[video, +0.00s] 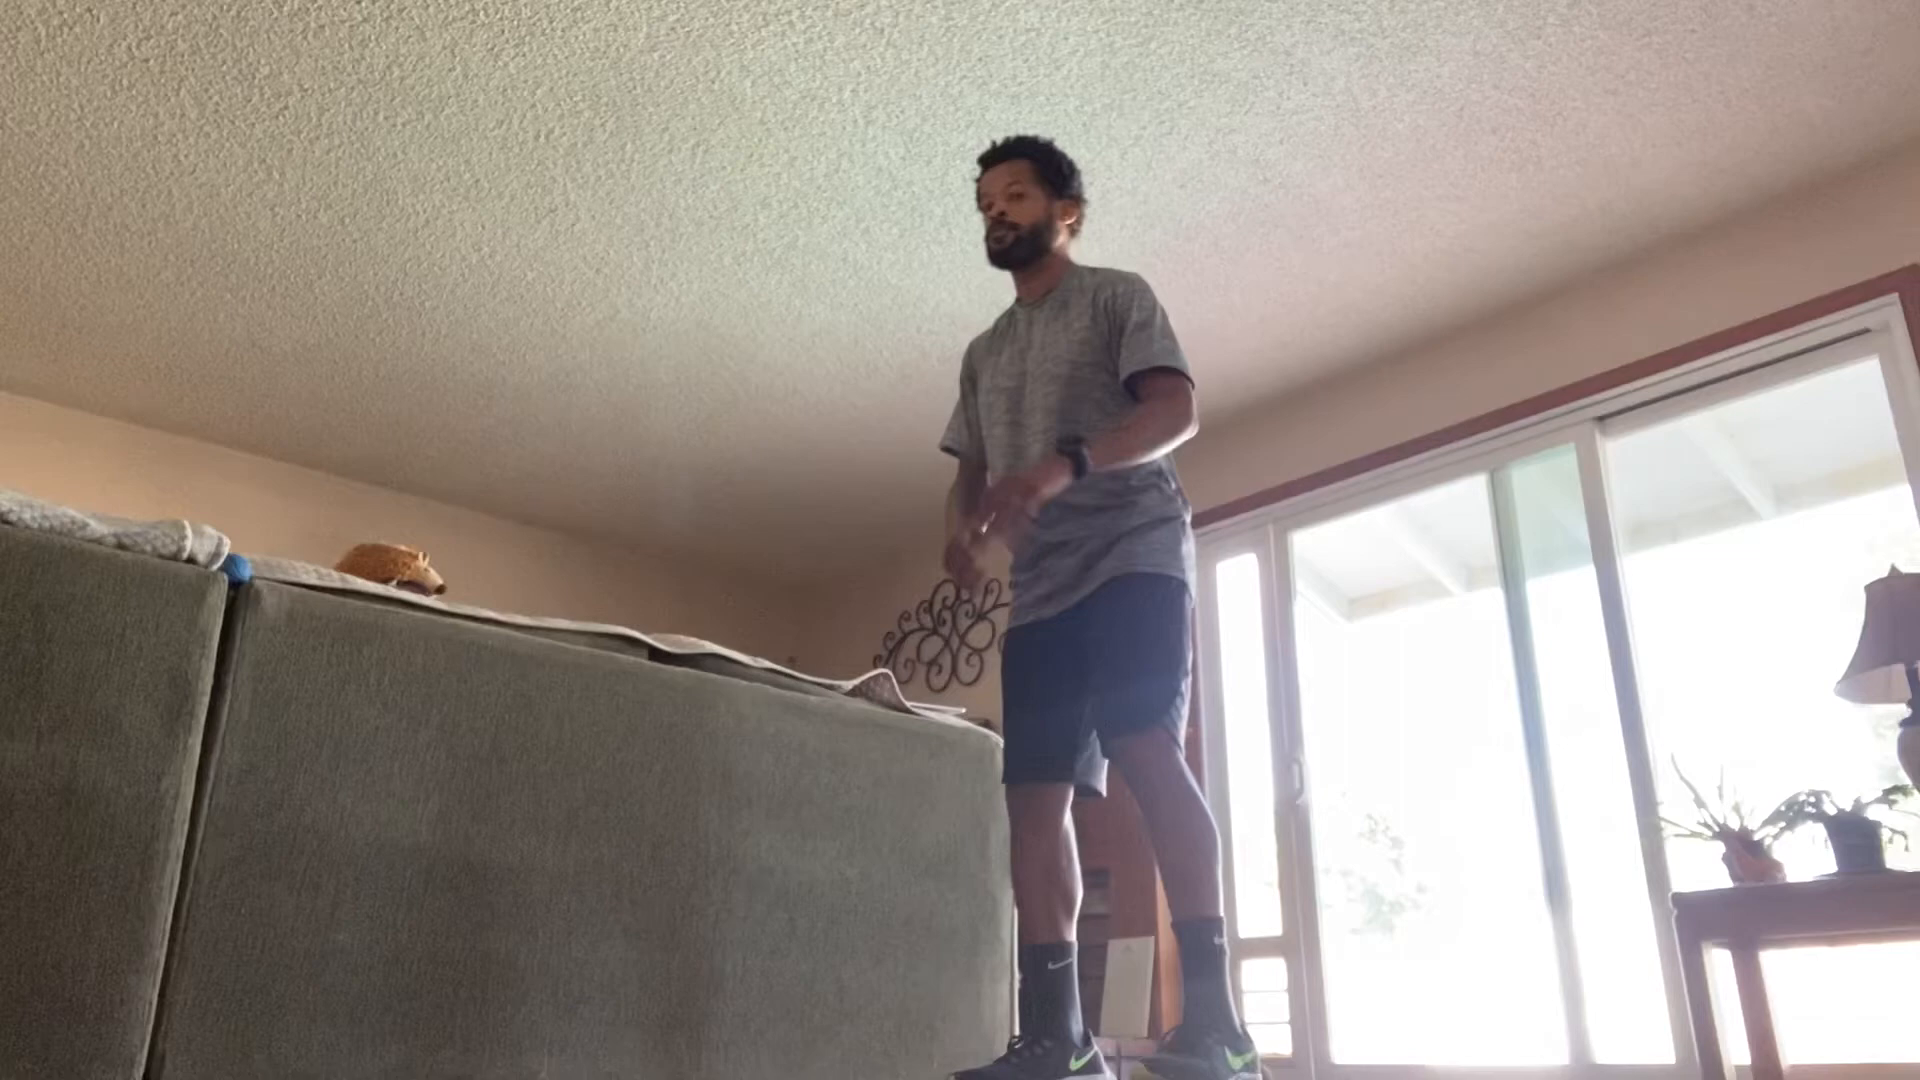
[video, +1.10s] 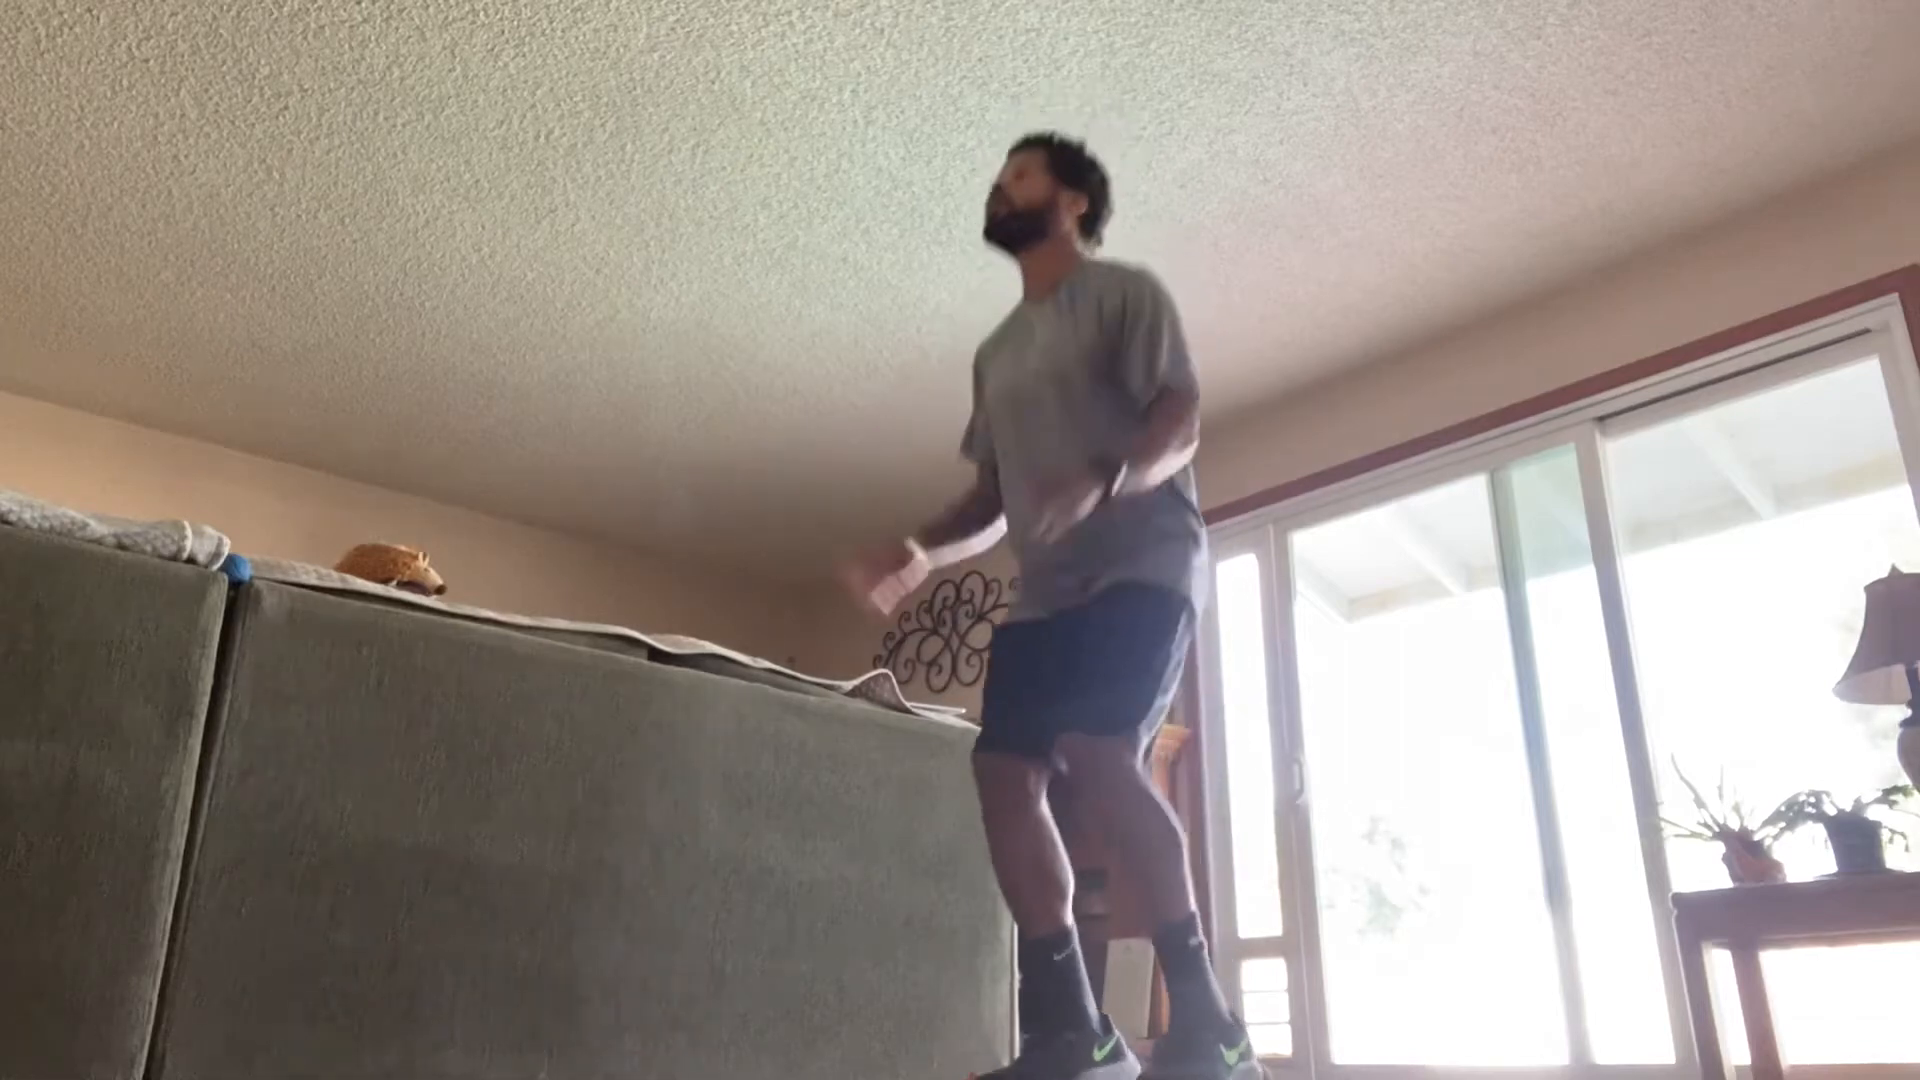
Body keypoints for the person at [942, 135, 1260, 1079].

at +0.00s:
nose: (995, 213)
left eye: (1014, 198)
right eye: (986, 204)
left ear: (1066, 211)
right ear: (981, 226)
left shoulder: (1117, 295)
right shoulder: (984, 354)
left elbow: (1173, 408)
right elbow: (970, 474)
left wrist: (1067, 463)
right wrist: (964, 528)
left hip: (1133, 554)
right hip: (1040, 584)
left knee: (1141, 745)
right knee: (1034, 792)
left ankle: (1210, 1017)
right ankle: (1052, 1032)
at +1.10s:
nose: (1000, 185)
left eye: (1024, 171)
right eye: (1001, 174)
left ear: (1077, 203)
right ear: (1012, 212)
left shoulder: (1125, 290)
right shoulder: (996, 352)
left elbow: (1179, 422)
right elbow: (991, 492)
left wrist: (1109, 481)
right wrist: (921, 550)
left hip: (1140, 568)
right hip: (1041, 590)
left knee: (1095, 753)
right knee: (1005, 768)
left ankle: (1200, 1020)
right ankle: (1067, 1027)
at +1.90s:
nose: (1012, 186)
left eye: (1036, 173)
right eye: (1012, 177)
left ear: (1086, 203)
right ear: (1015, 217)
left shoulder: (1133, 287)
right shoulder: (1005, 346)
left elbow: (1204, 428)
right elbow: (1023, 474)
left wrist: (1119, 514)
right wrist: (1016, 544)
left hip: (1144, 558)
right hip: (1045, 578)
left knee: (1104, 767)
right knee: (1047, 788)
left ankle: (1205, 1014)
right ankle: (1156, 1021)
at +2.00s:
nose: (1013, 151)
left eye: (1037, 139)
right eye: (1017, 144)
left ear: (1089, 173)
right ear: (1028, 184)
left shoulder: (1129, 254)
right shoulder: (1004, 314)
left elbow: (1211, 376)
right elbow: (1021, 450)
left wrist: (1171, 480)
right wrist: (965, 523)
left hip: (1134, 539)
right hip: (1042, 561)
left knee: (1115, 744)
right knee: (1052, 774)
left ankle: (1201, 993)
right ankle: (1145, 1008)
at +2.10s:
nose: (1017, 103)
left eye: (1040, 92)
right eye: (1017, 97)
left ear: (1092, 123)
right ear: (1030, 138)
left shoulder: (1130, 195)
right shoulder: (1004, 260)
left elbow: (1228, 281)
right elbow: (989, 395)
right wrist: (868, 413)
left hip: (1127, 467)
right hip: (1034, 486)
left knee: (1126, 690)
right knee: (1043, 726)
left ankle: (1216, 945)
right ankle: (1100, 947)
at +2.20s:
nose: (1016, 107)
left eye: (1040, 96)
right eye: (1017, 100)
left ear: (1091, 122)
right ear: (1031, 140)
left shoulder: (1124, 189)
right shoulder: (1008, 256)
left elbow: (1256, 175)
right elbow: (932, 359)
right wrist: (832, 292)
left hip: (1130, 471)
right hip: (1033, 492)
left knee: (1132, 679)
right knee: (1002, 712)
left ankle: (1267, 938)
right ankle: (1055, 958)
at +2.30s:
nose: (1018, 168)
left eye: (1041, 155)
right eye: (1019, 159)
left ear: (1095, 176)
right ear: (1037, 189)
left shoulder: (1130, 242)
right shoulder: (1006, 307)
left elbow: (1215, 122)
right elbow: (907, 327)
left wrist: (1142, 30)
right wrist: (911, 206)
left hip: (1133, 533)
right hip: (1033, 557)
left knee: (1132, 744)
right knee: (979, 771)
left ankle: (1283, 994)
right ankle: (1034, 1006)